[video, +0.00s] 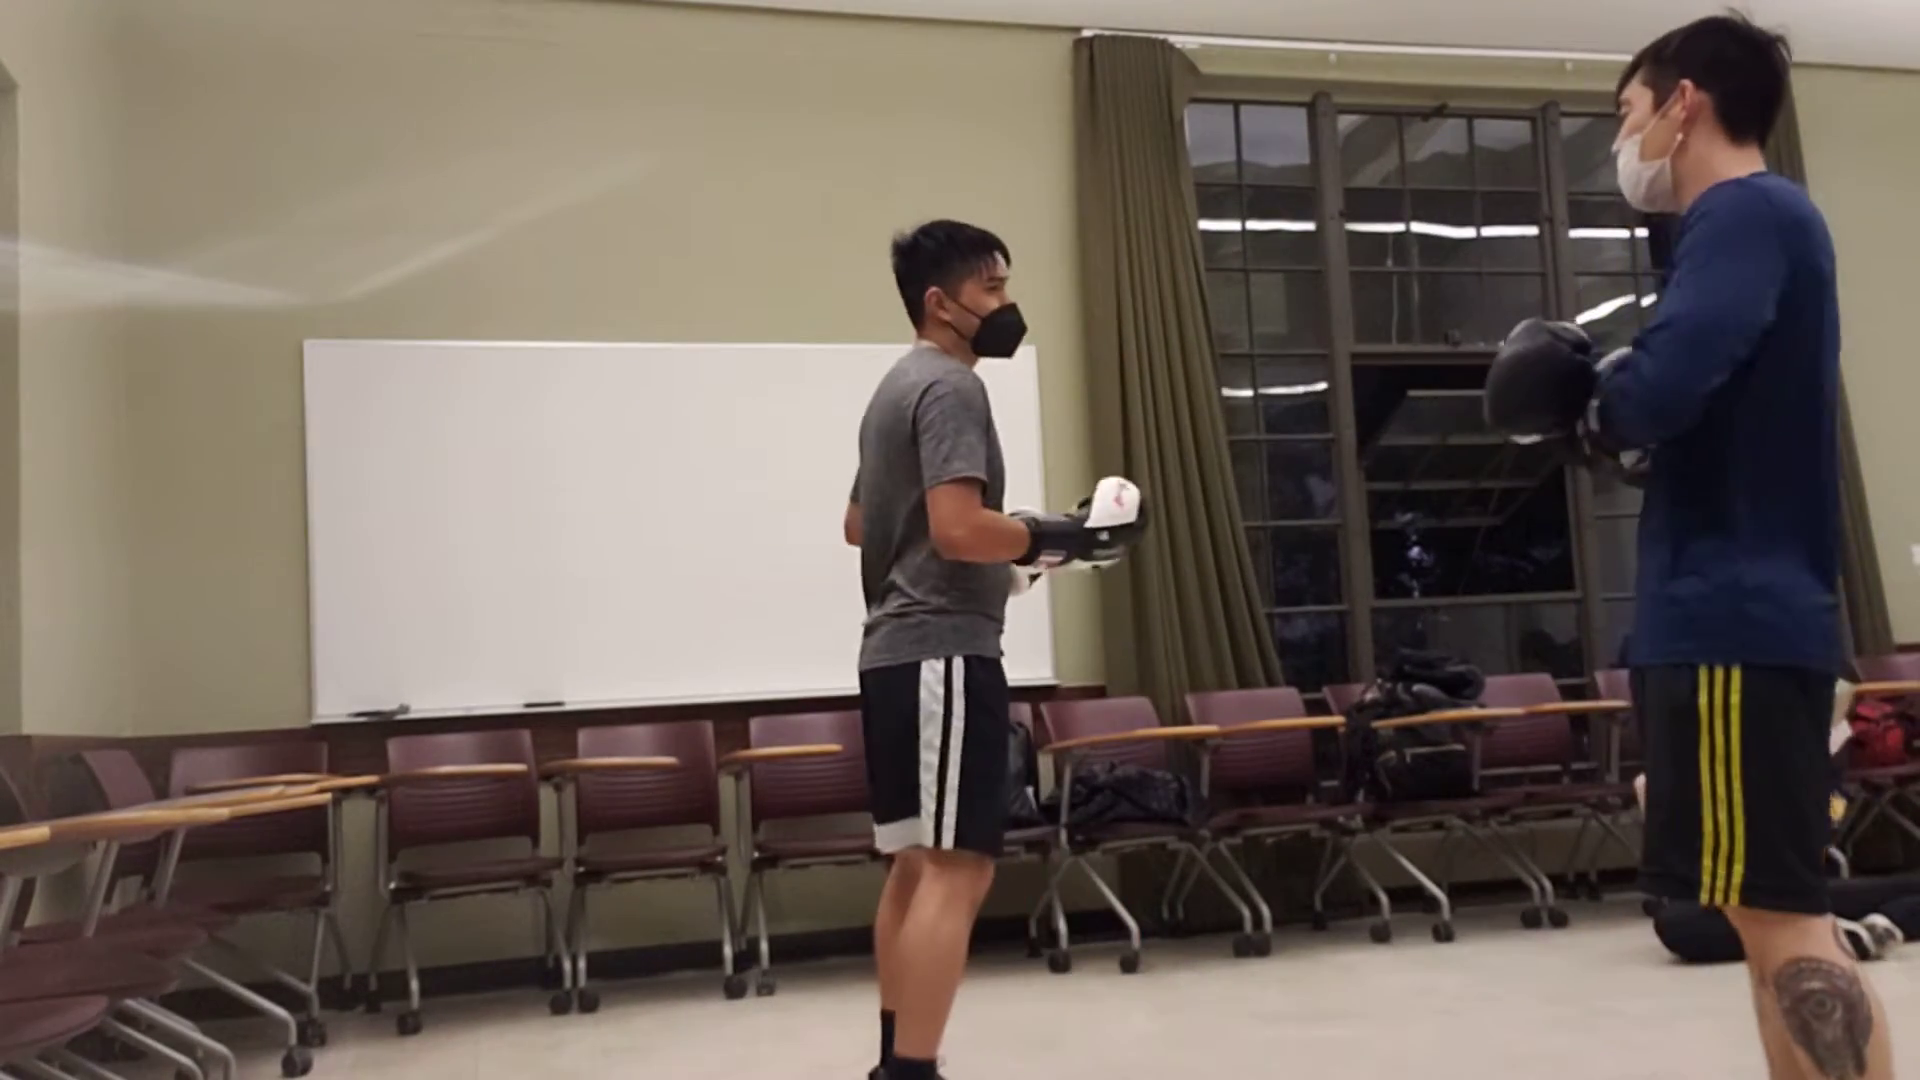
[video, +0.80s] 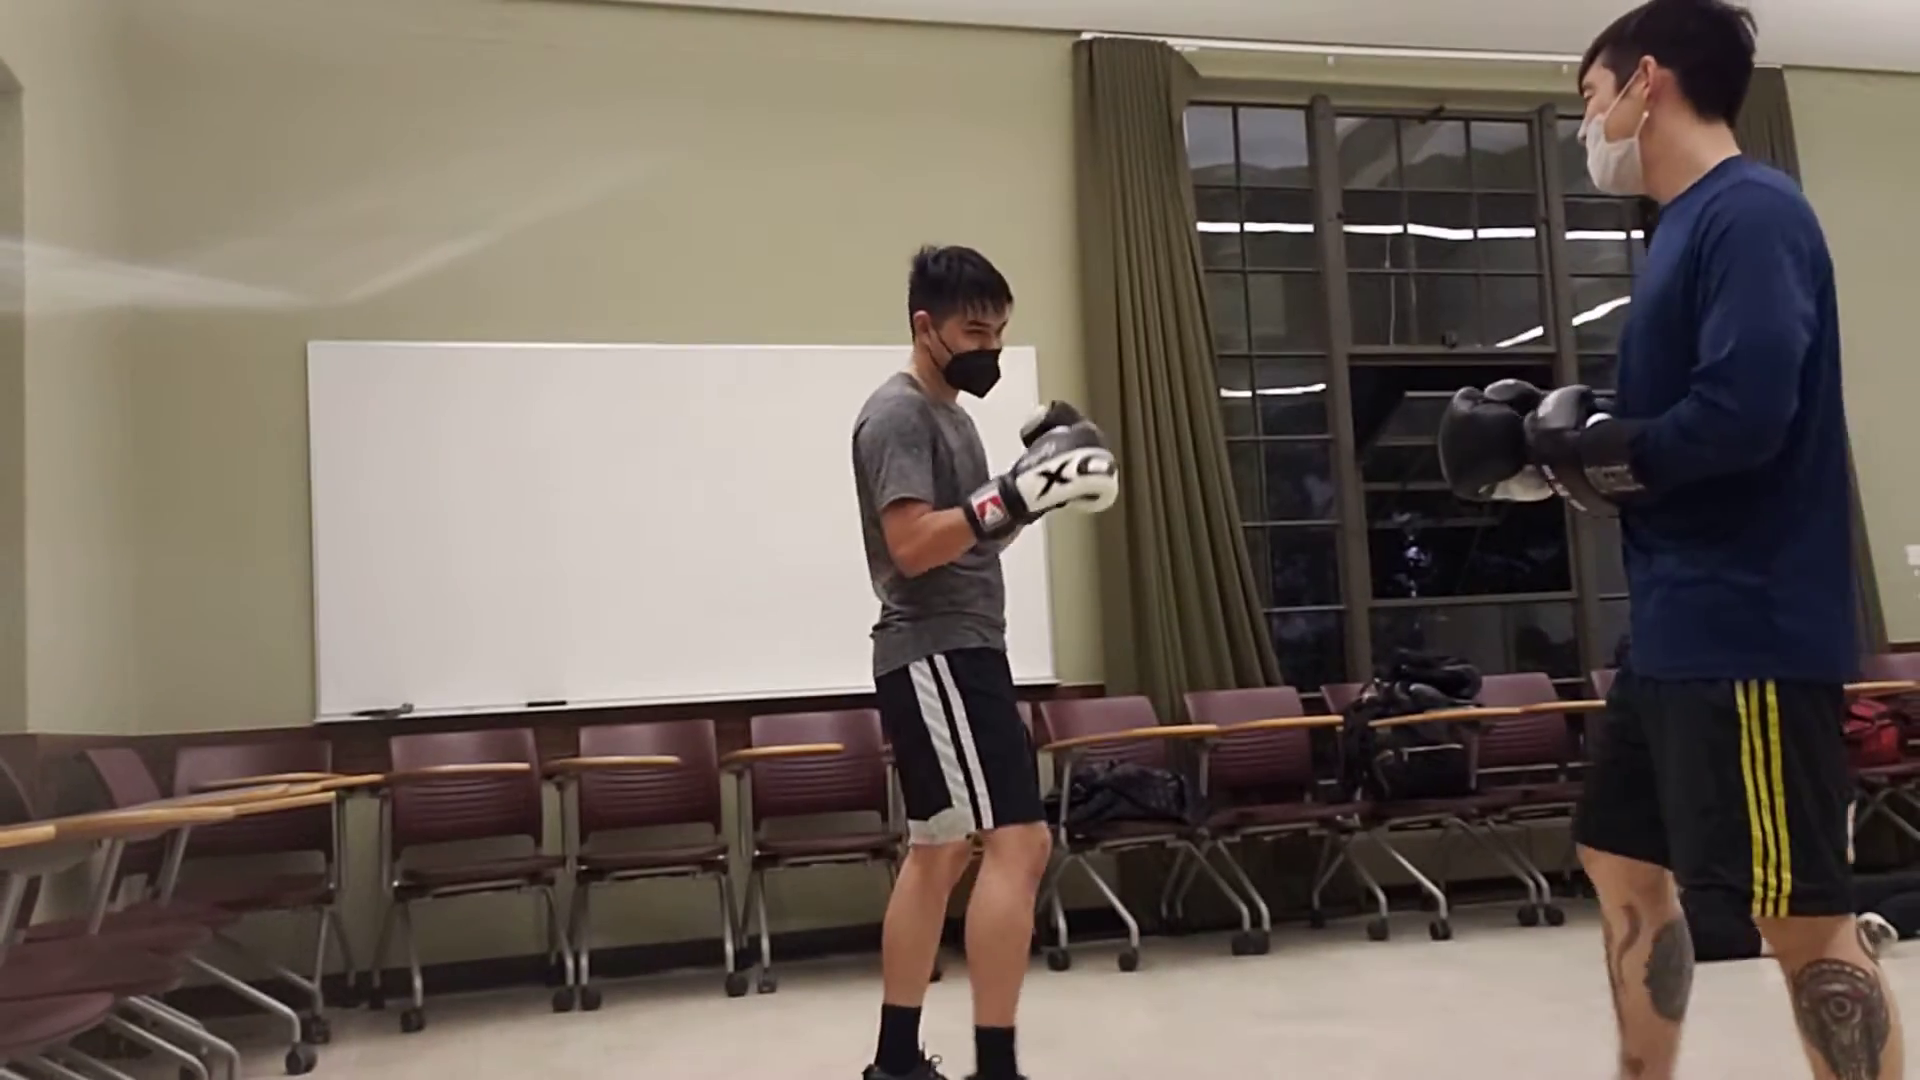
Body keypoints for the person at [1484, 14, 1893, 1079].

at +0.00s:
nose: (1620, 143)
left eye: (1628, 114)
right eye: (1619, 119)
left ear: (1687, 105)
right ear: (1709, 114)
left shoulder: (1749, 217)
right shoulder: (1736, 222)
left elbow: (1657, 397)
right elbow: (1684, 415)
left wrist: (1590, 387)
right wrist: (1597, 399)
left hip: (1743, 627)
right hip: (1725, 626)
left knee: (1775, 910)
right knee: (1768, 908)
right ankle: (1806, 1077)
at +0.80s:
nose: (1585, 129)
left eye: (1590, 101)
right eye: (1582, 107)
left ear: (1649, 85)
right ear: (1668, 92)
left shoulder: (1750, 211)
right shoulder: (1688, 229)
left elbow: (1740, 418)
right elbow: (1663, 409)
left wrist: (1582, 445)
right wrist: (1548, 443)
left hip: (1757, 636)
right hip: (1680, 633)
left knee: (1800, 917)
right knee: (1623, 856)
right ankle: (1643, 1075)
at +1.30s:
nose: (1469, 182)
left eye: (1475, 156)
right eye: (1467, 161)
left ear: (1527, 143)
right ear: (1546, 148)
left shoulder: (1613, 250)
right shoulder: (1567, 268)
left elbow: (1618, 427)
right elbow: (1552, 423)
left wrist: (1498, 478)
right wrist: (1465, 399)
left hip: (1644, 645)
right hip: (1581, 648)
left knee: (1700, 904)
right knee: (1615, 901)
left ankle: (1825, 1071)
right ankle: (1643, 1077)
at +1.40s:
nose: (1445, 195)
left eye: (1451, 169)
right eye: (1442, 176)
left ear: (1503, 154)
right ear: (1519, 161)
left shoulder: (1597, 256)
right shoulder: (1542, 287)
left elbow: (1619, 427)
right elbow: (1460, 433)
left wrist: (1499, 486)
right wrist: (1330, 395)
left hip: (1631, 637)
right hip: (1572, 640)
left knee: (1651, 891)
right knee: (1605, 893)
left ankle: (1799, 1072)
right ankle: (1646, 1076)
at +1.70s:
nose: (1399, 211)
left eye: (1403, 185)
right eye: (1394, 192)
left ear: (1456, 166)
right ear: (1470, 173)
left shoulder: (1562, 267)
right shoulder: (1507, 293)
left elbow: (1617, 439)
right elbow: (1503, 472)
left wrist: (1472, 487)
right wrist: (1333, 501)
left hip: (1598, 636)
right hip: (1553, 638)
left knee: (1591, 897)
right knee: (1595, 897)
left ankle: (1633, 1075)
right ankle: (1638, 1073)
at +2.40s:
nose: (1342, 180)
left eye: (1337, 152)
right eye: (1335, 157)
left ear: (1376, 129)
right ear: (1424, 127)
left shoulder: (1461, 254)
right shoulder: (1475, 242)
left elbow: (1491, 448)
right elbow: (1476, 443)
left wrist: (1356, 485)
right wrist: (1355, 465)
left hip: (1479, 656)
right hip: (1451, 652)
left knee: (1510, 936)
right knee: (1451, 922)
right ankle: (1546, 1076)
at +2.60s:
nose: (1300, 181)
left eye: (1296, 152)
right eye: (1296, 157)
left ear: (1333, 134)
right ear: (1396, 133)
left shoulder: (1418, 251)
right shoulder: (1444, 240)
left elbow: (1476, 444)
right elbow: (1465, 445)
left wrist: (1337, 513)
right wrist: (1334, 493)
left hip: (1450, 655)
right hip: (1420, 649)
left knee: (1505, 927)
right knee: (1359, 859)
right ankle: (1432, 1073)